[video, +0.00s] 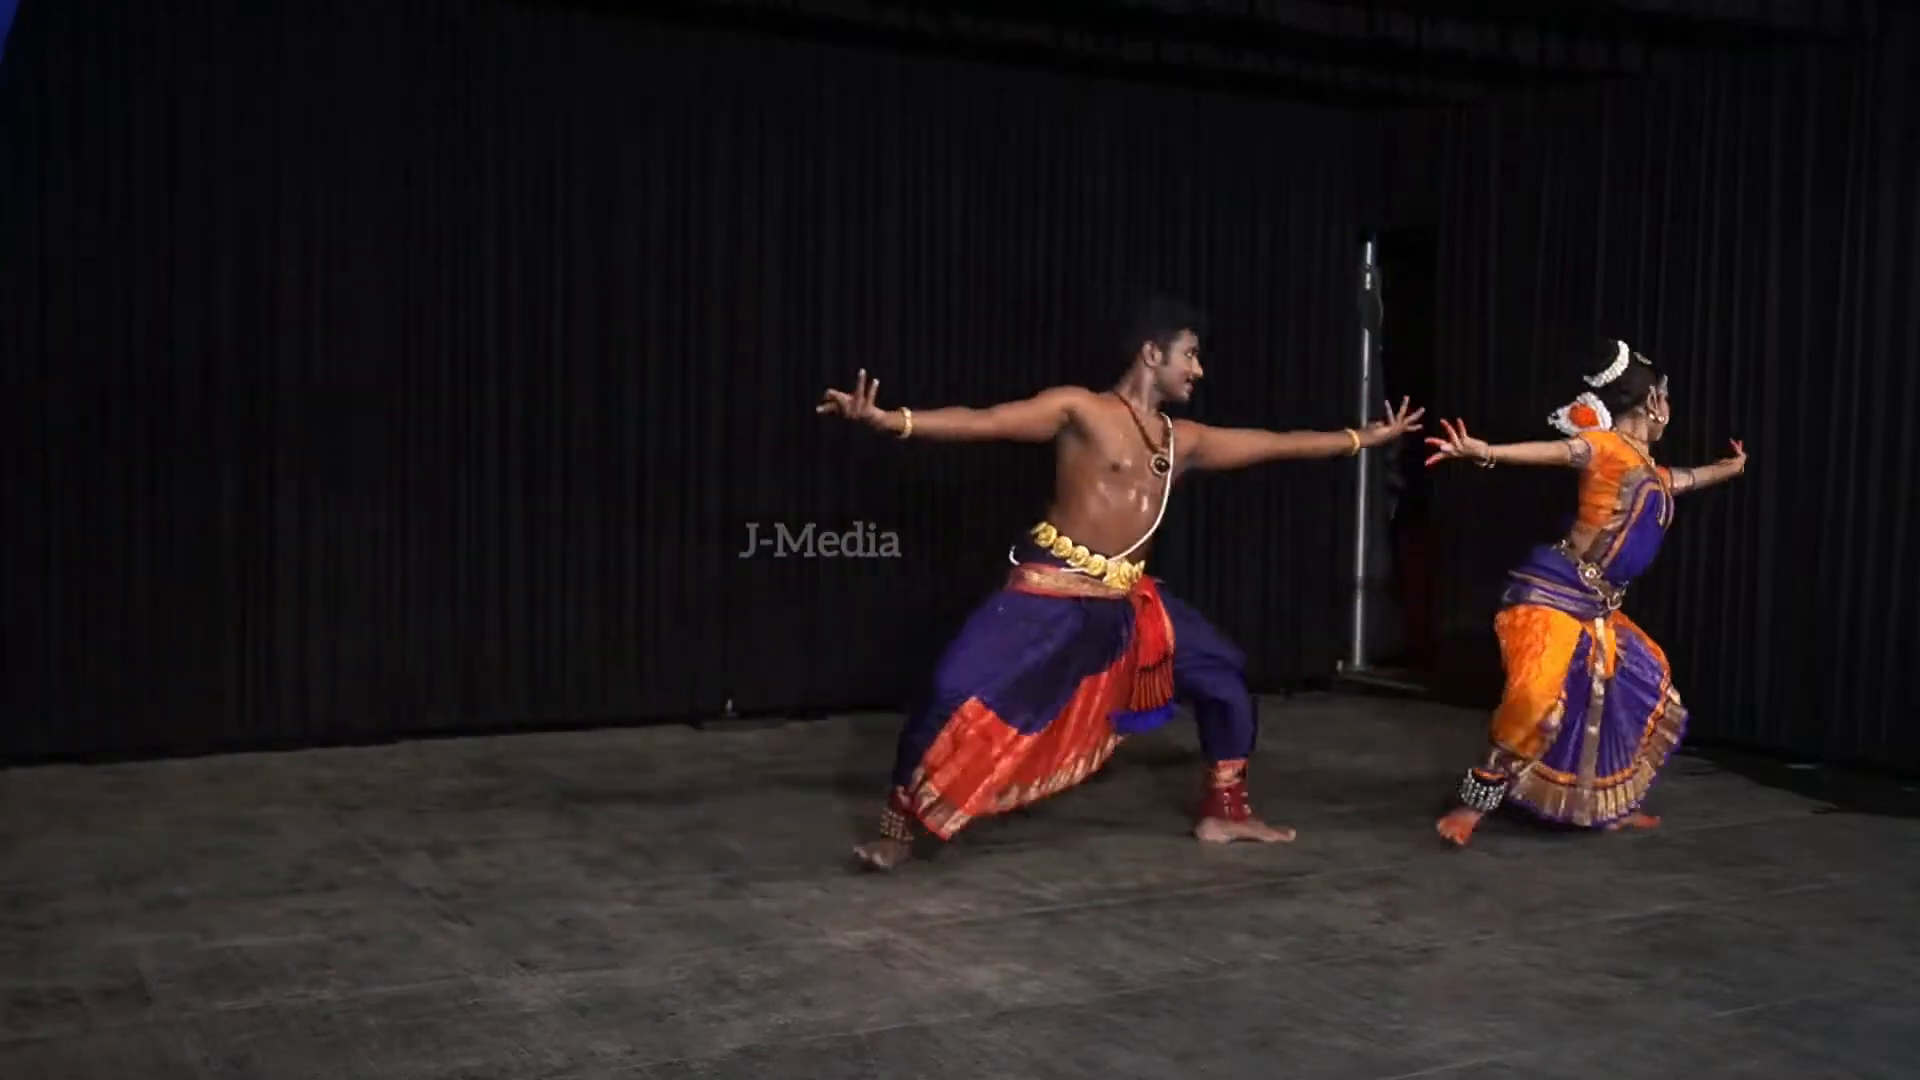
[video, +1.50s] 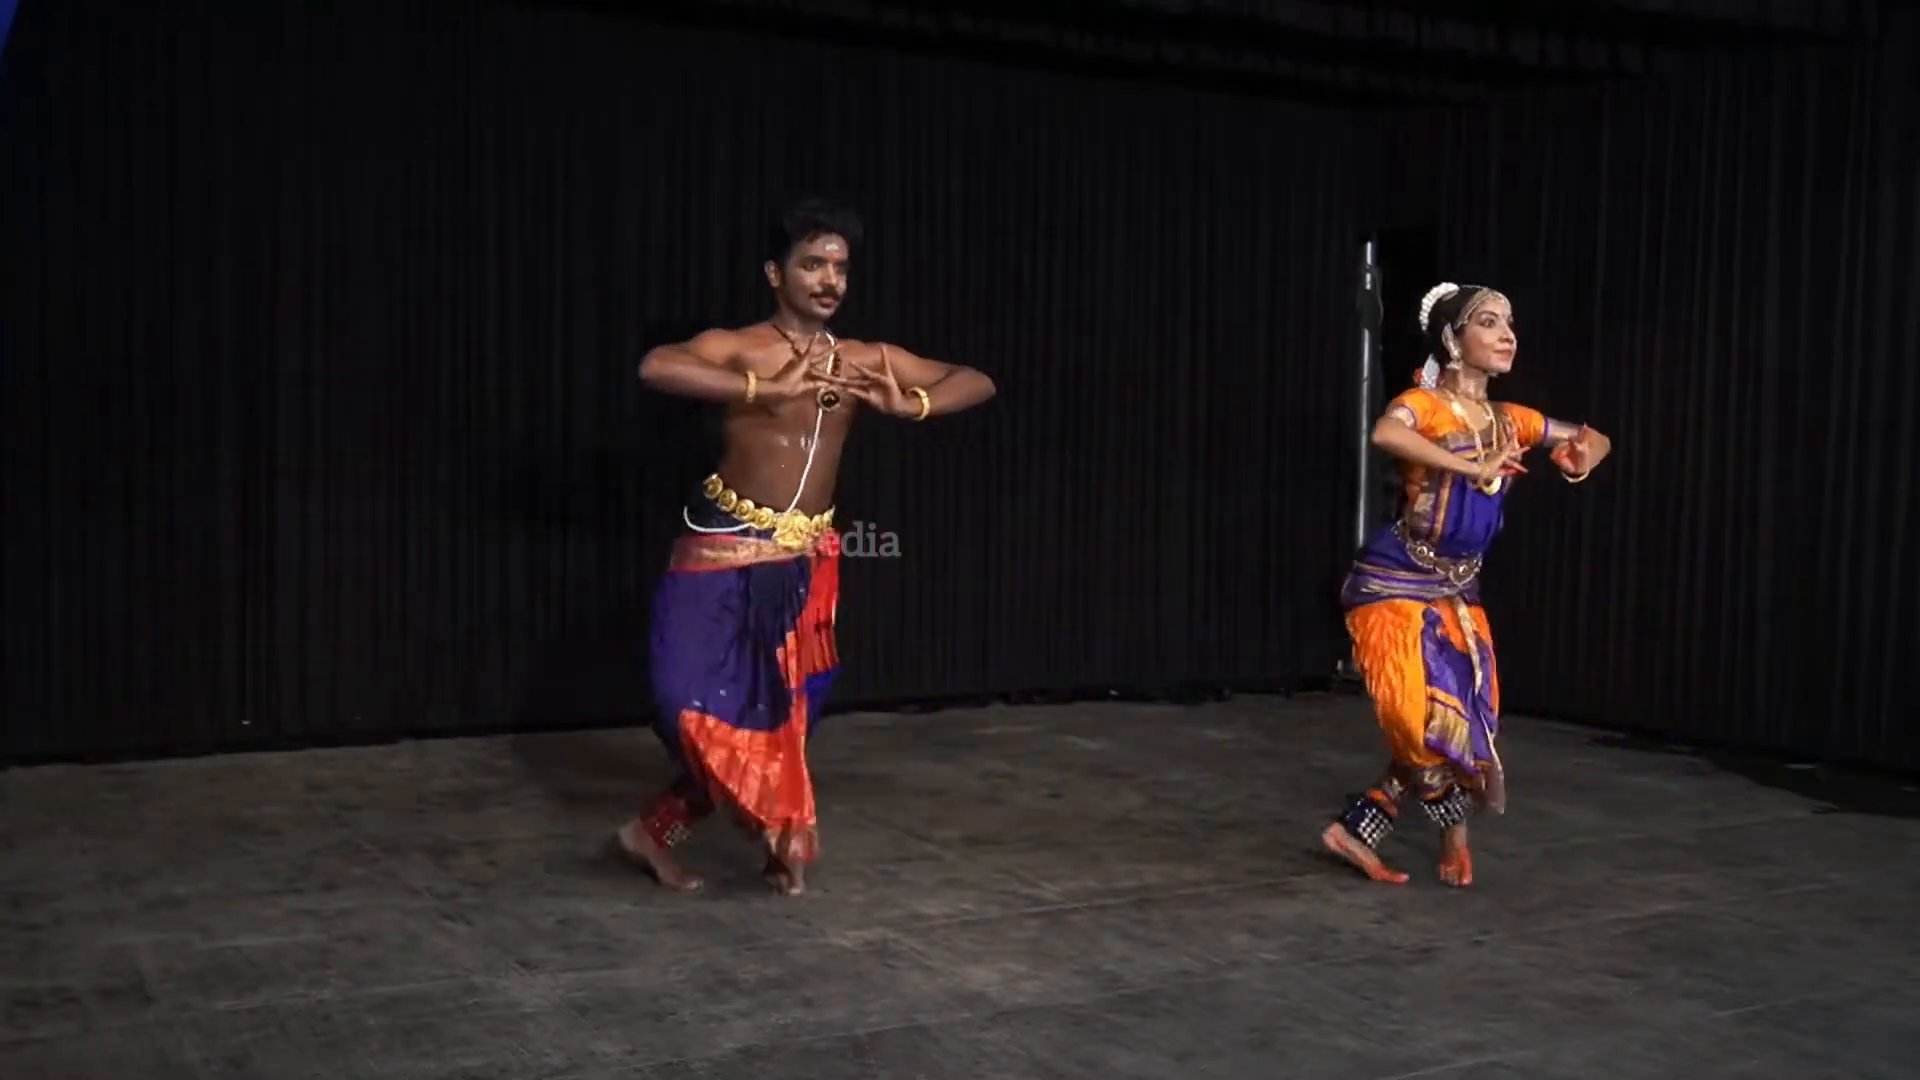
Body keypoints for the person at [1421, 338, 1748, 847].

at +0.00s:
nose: (1669, 407)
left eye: (1666, 398)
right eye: (1665, 398)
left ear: (1637, 406)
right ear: (1650, 405)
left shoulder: (1653, 472)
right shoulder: (1605, 446)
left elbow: (1690, 478)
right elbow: (1553, 452)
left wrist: (1735, 467)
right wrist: (1488, 451)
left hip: (1599, 612)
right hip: (1551, 598)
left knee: (1651, 690)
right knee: (1535, 696)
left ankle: (1606, 802)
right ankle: (1476, 803)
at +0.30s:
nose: (1694, 415)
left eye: (1692, 407)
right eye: (1691, 407)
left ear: (1668, 415)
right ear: (1676, 412)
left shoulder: (1678, 472)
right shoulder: (1645, 440)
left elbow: (1704, 481)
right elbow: (1618, 433)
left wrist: (1743, 470)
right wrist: (1575, 430)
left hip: (1623, 609)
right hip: (1584, 604)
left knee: (1672, 694)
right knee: (1636, 725)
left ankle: (1623, 795)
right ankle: (1594, 767)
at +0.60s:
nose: (1713, 407)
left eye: (1710, 395)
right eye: (1707, 395)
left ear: (1683, 399)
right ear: (1683, 399)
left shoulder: (1685, 461)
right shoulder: (1650, 440)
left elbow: (1724, 481)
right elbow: (1624, 462)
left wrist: (1762, 457)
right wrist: (1599, 445)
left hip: (1635, 600)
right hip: (1592, 599)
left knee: (1692, 684)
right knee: (1627, 714)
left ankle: (1645, 804)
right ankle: (1597, 774)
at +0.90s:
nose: (1676, 375)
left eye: (1680, 365)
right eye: (1662, 363)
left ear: (1681, 379)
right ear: (1626, 373)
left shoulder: (1678, 441)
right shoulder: (1603, 433)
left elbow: (1736, 444)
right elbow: (1565, 473)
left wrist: (1751, 466)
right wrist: (1643, 492)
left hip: (1629, 595)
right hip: (1569, 587)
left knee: (1686, 672)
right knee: (1553, 677)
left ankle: (1640, 799)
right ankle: (1537, 819)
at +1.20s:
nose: (1599, 348)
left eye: (1603, 338)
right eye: (1584, 335)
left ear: (1604, 350)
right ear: (1547, 345)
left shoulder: (1597, 421)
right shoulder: (1520, 407)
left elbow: (1667, 434)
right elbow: (1492, 442)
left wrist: (1672, 451)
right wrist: (1569, 480)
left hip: (1538, 584)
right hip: (1477, 580)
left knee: (1602, 670)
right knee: (1490, 706)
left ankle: (1526, 766)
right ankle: (1518, 846)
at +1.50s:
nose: (1507, 336)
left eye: (1509, 325)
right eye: (1491, 324)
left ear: (1506, 341)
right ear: (1453, 338)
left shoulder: (1509, 419)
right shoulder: (1424, 402)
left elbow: (1590, 437)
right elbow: (1387, 434)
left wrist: (1586, 454)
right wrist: (1470, 467)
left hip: (1457, 592)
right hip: (1395, 582)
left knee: (1469, 717)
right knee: (1415, 707)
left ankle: (1358, 827)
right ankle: (1453, 825)